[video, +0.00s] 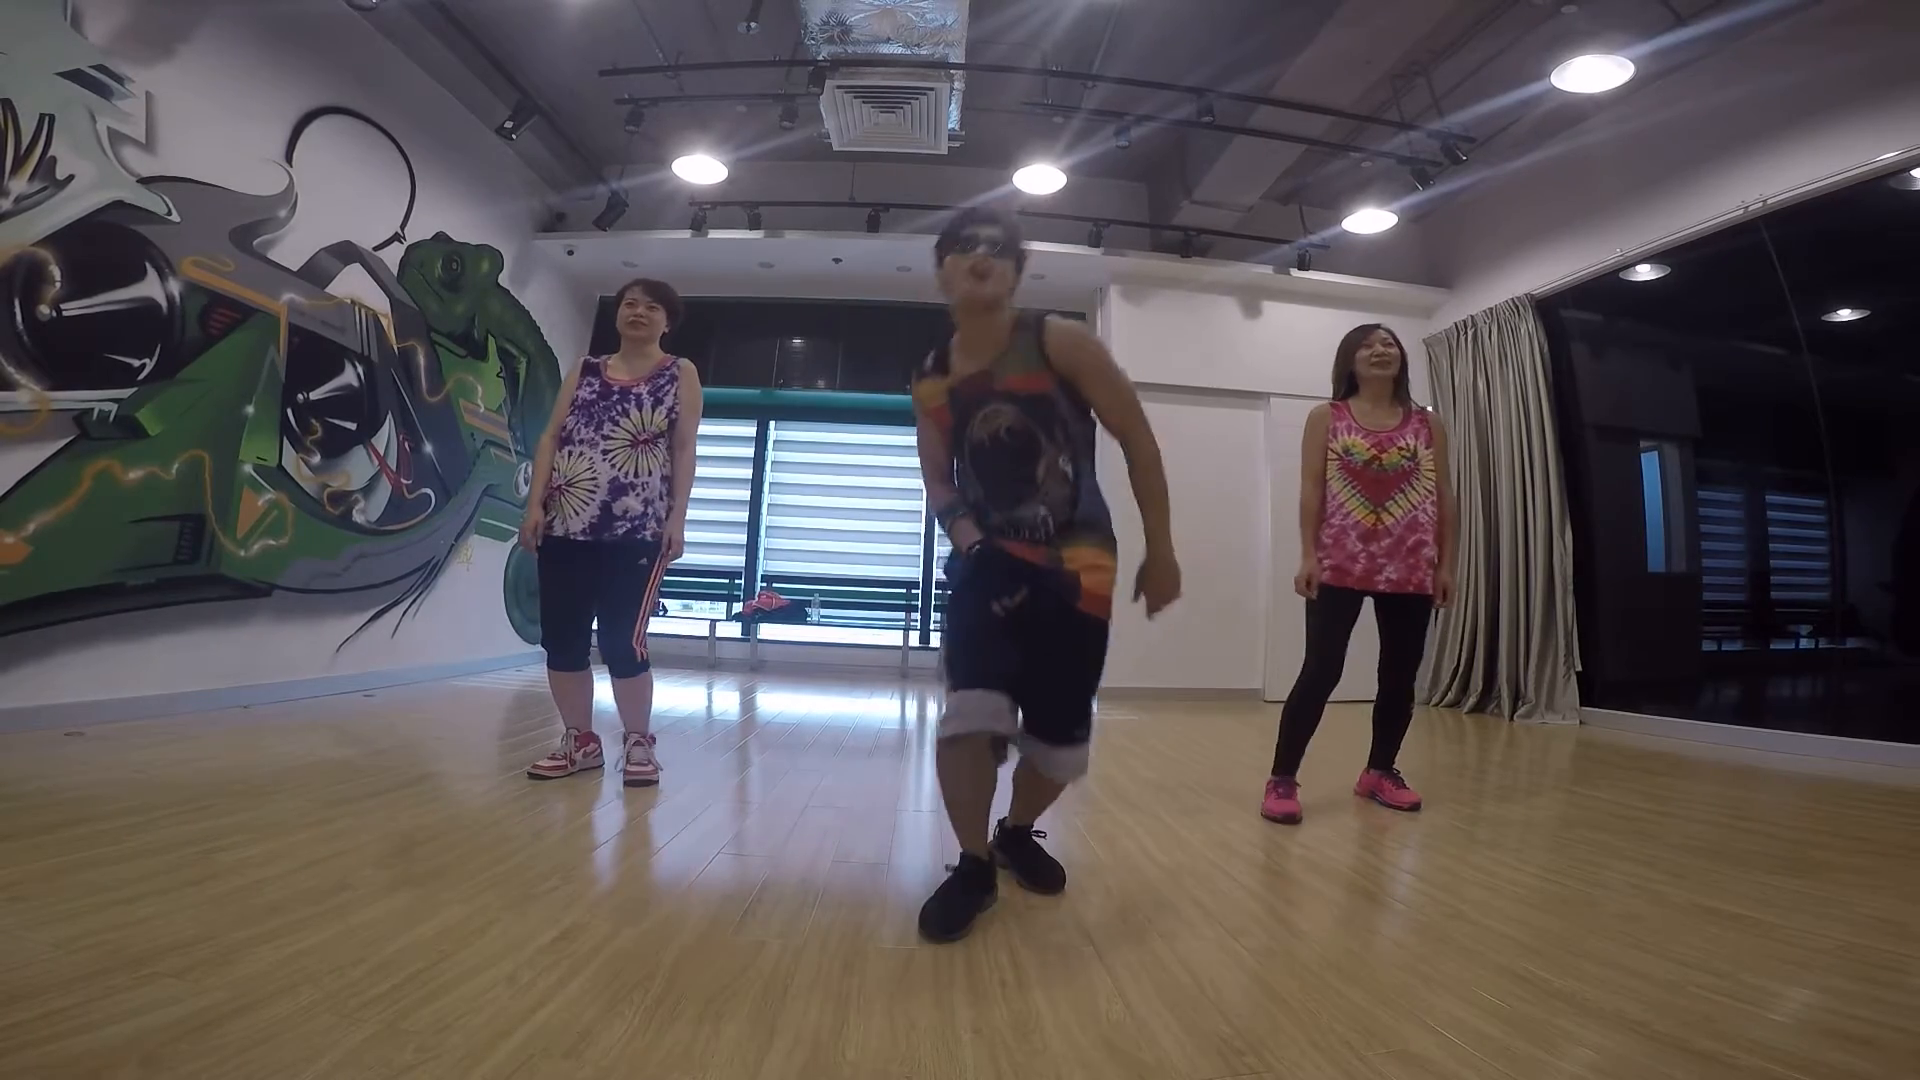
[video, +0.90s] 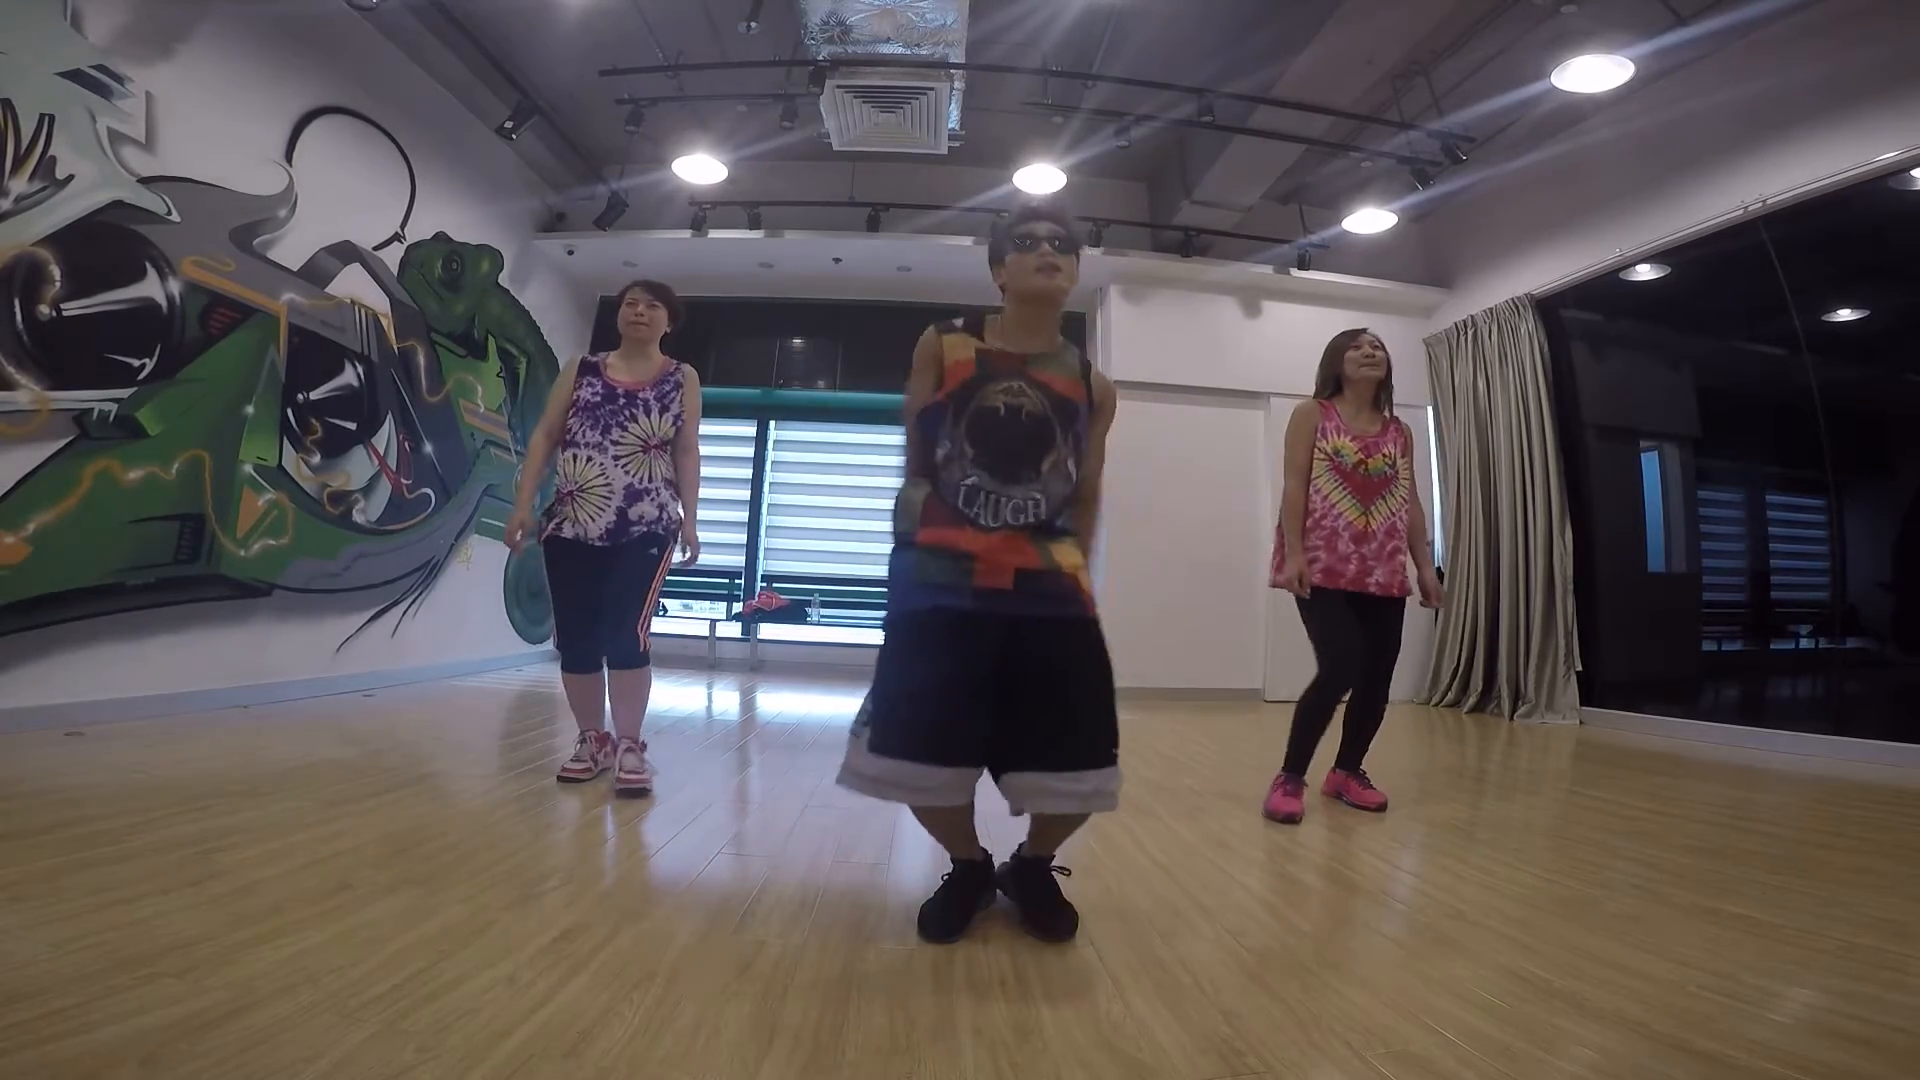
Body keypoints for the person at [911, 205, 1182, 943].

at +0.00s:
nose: (979, 260)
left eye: (996, 252)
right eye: (963, 249)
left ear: (1017, 275)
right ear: (940, 273)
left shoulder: (1063, 343)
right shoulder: (934, 379)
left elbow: (1139, 438)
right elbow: (938, 481)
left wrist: (1159, 549)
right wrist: (964, 531)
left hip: (1076, 568)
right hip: (985, 563)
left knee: (1059, 746)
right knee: (970, 718)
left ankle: (1015, 830)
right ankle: (973, 862)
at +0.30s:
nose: (984, 251)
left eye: (999, 240)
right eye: (966, 238)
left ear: (1018, 259)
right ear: (939, 259)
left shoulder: (1059, 337)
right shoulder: (913, 368)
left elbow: (1130, 432)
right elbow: (896, 469)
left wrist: (1218, 491)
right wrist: (860, 503)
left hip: (1054, 570)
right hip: (956, 570)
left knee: (1073, 742)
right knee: (937, 744)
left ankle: (1025, 813)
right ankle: (972, 866)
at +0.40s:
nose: (1012, 229)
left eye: (1025, 219)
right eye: (993, 217)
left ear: (1038, 241)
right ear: (959, 236)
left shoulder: (1069, 328)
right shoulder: (913, 334)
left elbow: (1158, 406)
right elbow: (858, 413)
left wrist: (1273, 442)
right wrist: (810, 431)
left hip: (1047, 561)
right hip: (942, 565)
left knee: (1086, 732)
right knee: (930, 744)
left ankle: (1028, 807)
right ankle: (970, 866)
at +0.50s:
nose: (1027, 232)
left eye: (1041, 220)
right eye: (1009, 217)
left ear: (1053, 237)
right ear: (974, 228)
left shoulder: (1073, 331)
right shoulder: (915, 317)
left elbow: (1166, 398)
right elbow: (831, 369)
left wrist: (1275, 419)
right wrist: (755, 373)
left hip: (1044, 558)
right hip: (938, 560)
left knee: (1089, 723)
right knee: (924, 739)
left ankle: (1026, 821)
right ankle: (966, 867)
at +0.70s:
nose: (1049, 244)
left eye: (1062, 235)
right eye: (1029, 234)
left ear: (1077, 262)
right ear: (996, 257)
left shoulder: (1081, 367)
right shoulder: (939, 321)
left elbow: (1135, 462)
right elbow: (844, 361)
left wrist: (1246, 466)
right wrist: (763, 369)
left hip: (1031, 586)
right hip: (925, 580)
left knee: (1060, 767)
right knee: (913, 761)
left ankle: (1025, 864)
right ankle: (969, 867)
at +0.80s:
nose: (1055, 256)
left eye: (1068, 248)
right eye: (1036, 246)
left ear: (1085, 275)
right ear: (1004, 269)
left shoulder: (1089, 388)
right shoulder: (943, 335)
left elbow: (1106, 495)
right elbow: (872, 407)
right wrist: (853, 429)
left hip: (1036, 591)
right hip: (930, 584)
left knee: (1075, 766)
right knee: (906, 762)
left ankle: (1028, 862)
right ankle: (969, 866)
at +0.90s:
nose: (1048, 257)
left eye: (1062, 247)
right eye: (1028, 246)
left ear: (1077, 272)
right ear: (997, 268)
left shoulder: (1093, 388)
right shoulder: (942, 349)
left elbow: (1086, 499)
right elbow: (920, 467)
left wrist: (1071, 584)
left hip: (1050, 596)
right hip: (944, 589)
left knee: (1087, 767)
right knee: (916, 759)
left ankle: (1031, 863)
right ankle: (970, 864)